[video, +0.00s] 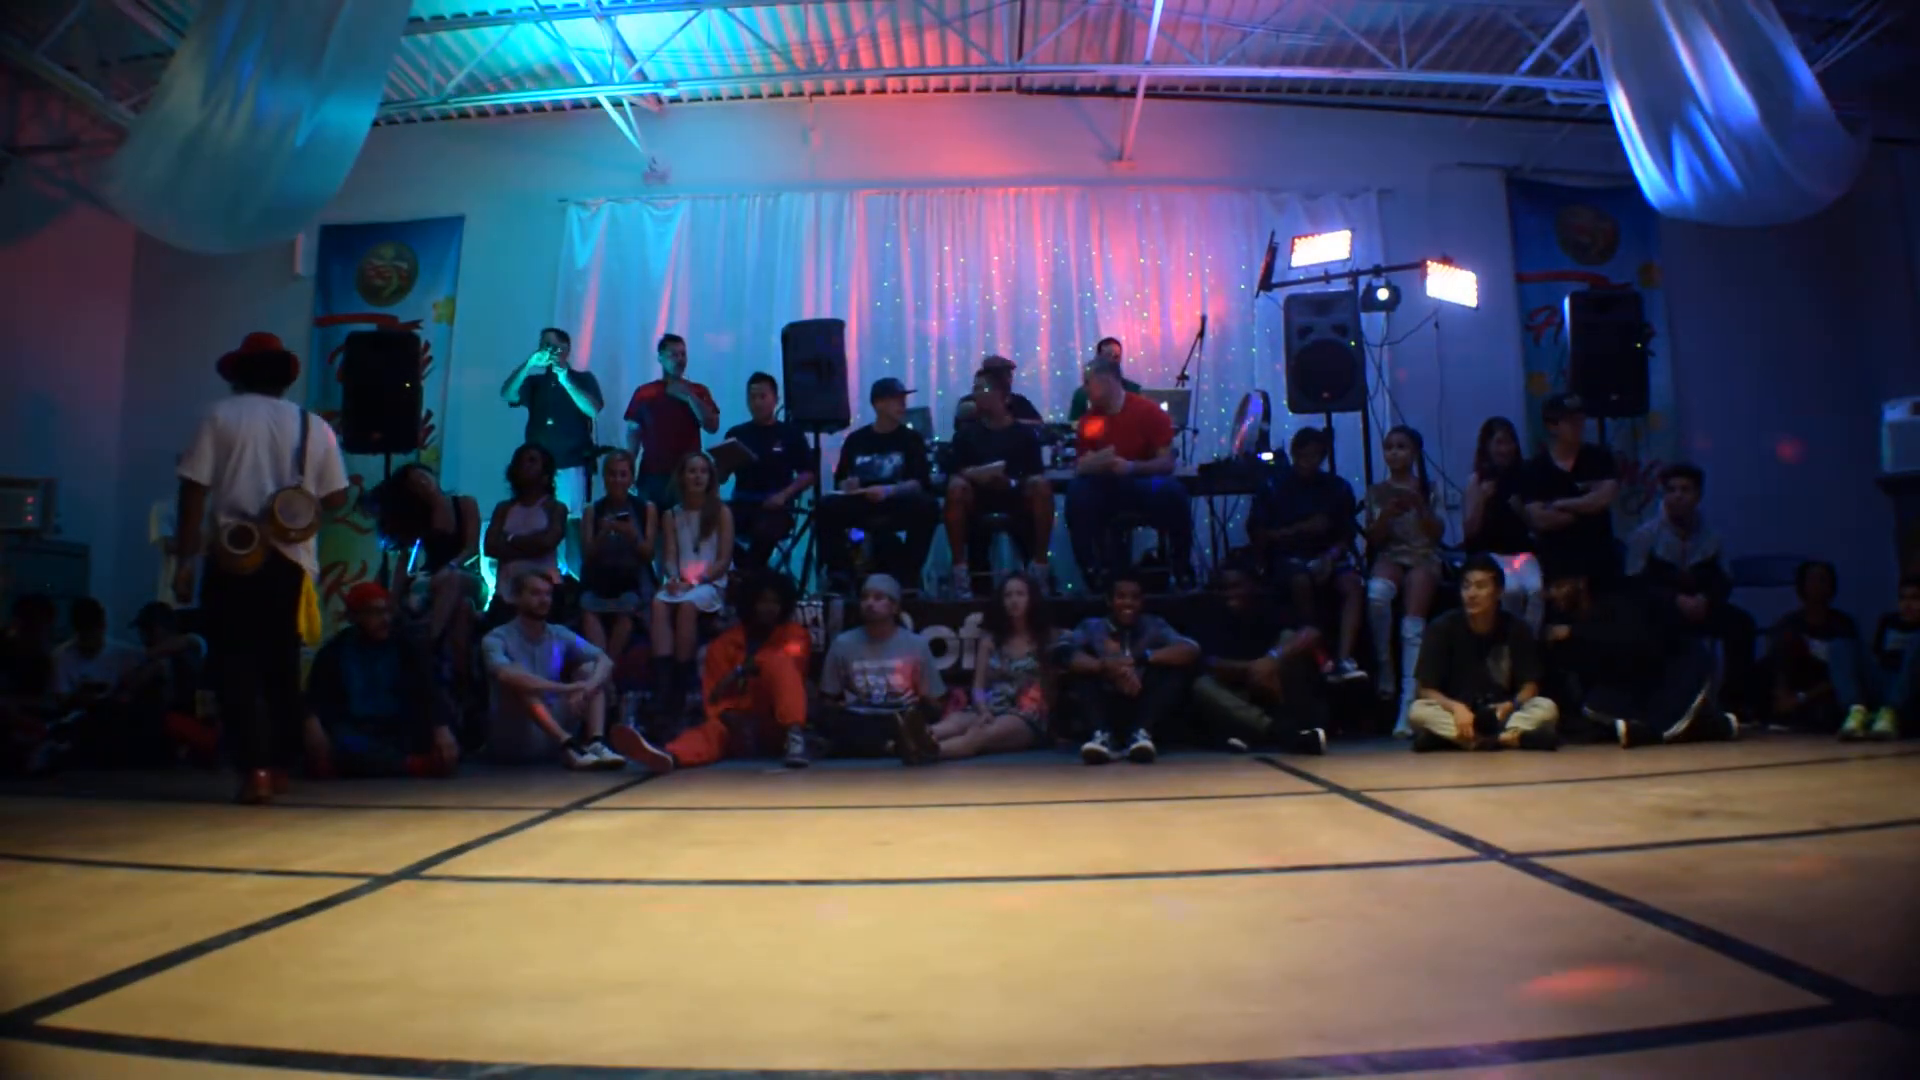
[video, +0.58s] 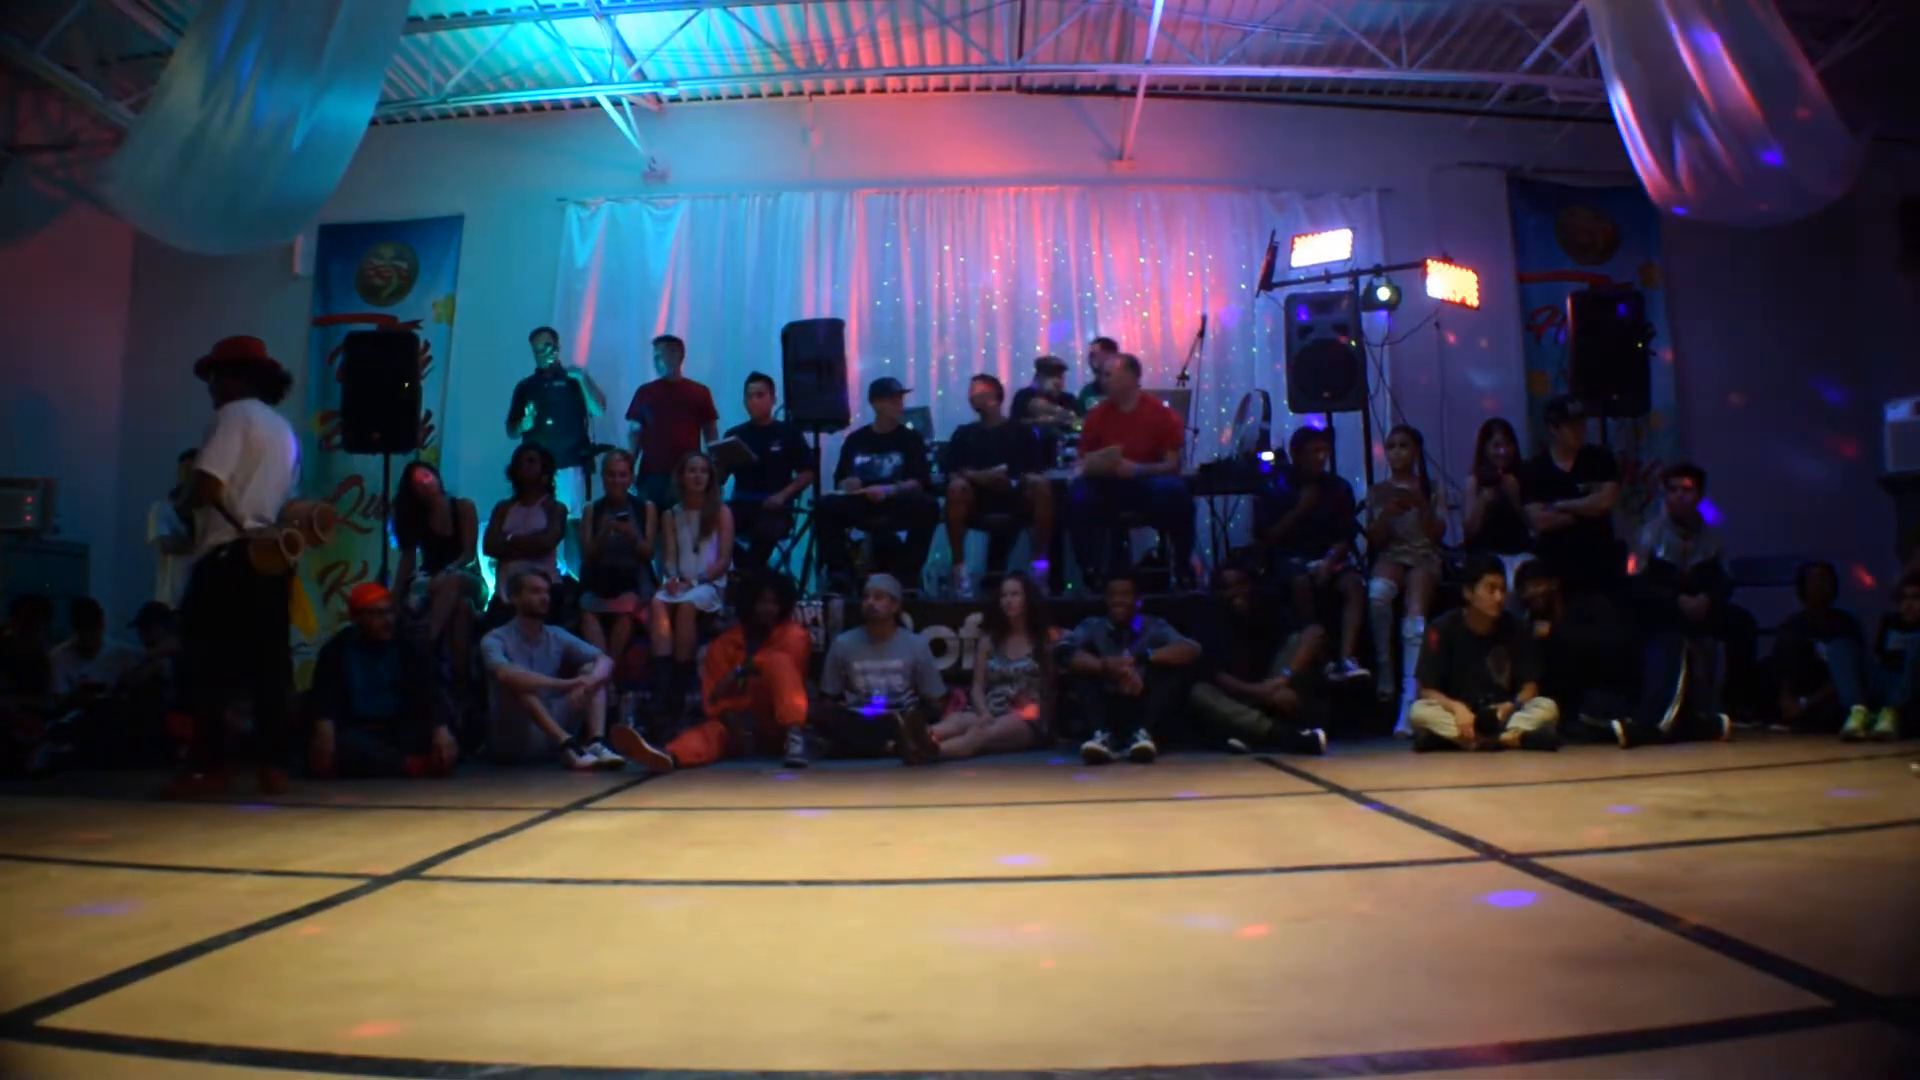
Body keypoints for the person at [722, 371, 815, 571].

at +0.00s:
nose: (757, 402)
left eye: (763, 396)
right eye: (752, 397)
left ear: (775, 399)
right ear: (747, 401)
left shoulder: (790, 433)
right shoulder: (736, 434)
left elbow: (808, 474)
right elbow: (720, 477)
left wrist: (783, 496)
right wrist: (728, 458)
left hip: (776, 502)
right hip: (743, 502)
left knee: (766, 532)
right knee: (720, 524)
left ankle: (752, 573)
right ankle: (744, 564)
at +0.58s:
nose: (754, 401)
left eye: (760, 395)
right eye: (750, 396)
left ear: (773, 399)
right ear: (745, 401)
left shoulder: (788, 433)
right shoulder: (734, 435)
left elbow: (808, 472)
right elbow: (720, 477)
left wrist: (782, 496)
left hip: (774, 503)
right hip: (742, 502)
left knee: (767, 532)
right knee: (721, 524)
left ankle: (752, 573)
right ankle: (743, 565)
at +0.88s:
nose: (755, 402)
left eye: (760, 397)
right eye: (750, 397)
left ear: (773, 400)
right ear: (745, 402)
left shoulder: (789, 434)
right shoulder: (736, 436)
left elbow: (809, 472)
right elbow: (721, 478)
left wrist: (787, 486)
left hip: (776, 501)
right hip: (743, 502)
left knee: (766, 532)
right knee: (721, 525)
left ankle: (754, 573)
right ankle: (745, 564)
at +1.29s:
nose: (755, 403)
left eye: (760, 397)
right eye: (750, 398)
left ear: (773, 400)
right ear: (744, 402)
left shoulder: (789, 433)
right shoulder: (736, 434)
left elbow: (805, 473)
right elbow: (720, 478)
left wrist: (771, 468)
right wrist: (728, 457)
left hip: (777, 504)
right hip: (743, 502)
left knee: (765, 533)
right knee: (719, 527)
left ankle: (753, 576)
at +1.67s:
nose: (754, 405)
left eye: (759, 399)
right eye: (749, 399)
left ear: (773, 401)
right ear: (744, 402)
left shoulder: (790, 433)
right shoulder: (737, 434)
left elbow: (804, 474)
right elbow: (720, 478)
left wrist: (772, 467)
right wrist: (727, 456)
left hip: (777, 504)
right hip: (742, 502)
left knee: (766, 531)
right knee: (716, 525)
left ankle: (752, 575)